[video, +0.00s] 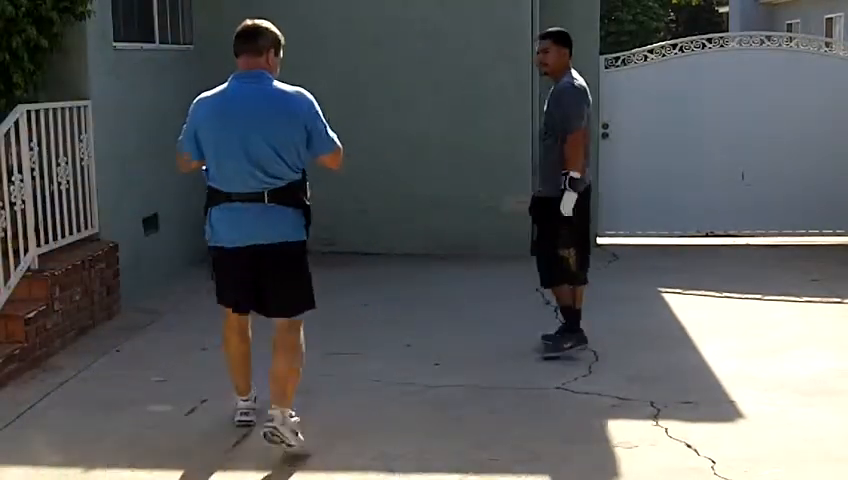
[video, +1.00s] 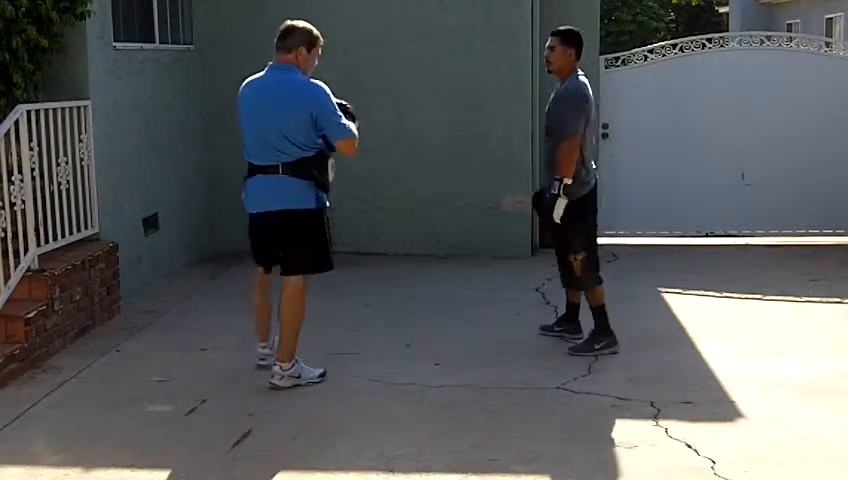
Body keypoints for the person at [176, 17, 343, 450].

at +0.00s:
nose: (279, 62)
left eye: (276, 56)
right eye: (279, 56)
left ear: (236, 56)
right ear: (273, 56)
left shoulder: (205, 104)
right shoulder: (296, 100)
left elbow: (185, 163)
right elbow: (333, 159)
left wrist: (220, 146)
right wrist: (294, 137)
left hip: (227, 231)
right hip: (282, 230)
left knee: (236, 315)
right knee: (288, 321)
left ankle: (244, 404)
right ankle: (282, 417)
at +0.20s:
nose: (277, 57)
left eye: (275, 51)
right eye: (277, 51)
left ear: (235, 49)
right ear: (270, 50)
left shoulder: (204, 93)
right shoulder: (289, 90)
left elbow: (195, 148)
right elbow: (328, 148)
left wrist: (233, 130)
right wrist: (289, 125)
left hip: (225, 216)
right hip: (280, 213)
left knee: (235, 305)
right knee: (292, 291)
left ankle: (244, 402)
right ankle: (277, 380)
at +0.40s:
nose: (284, 59)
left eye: (283, 54)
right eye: (284, 53)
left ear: (244, 52)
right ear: (276, 53)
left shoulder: (212, 94)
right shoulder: (294, 94)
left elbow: (207, 146)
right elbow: (330, 149)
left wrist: (248, 133)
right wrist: (315, 119)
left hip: (228, 216)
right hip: (280, 214)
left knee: (237, 304)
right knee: (288, 289)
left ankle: (245, 399)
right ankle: (290, 366)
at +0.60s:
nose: (299, 63)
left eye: (299, 57)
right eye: (299, 56)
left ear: (259, 53)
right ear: (289, 55)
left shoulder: (226, 92)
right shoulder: (306, 97)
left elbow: (221, 142)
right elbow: (338, 153)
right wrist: (327, 119)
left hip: (240, 211)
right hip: (291, 210)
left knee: (242, 293)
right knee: (292, 286)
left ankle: (244, 378)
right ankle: (286, 366)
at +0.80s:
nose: (310, 61)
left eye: (310, 54)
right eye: (310, 54)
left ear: (271, 50)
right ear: (299, 52)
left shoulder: (239, 87)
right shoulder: (314, 93)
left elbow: (234, 133)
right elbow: (346, 149)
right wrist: (340, 115)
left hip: (251, 200)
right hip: (299, 202)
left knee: (251, 273)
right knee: (294, 283)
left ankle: (244, 347)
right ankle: (286, 366)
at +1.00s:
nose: (317, 62)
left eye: (317, 55)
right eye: (316, 54)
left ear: (280, 50)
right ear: (303, 52)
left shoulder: (248, 88)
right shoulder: (312, 91)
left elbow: (259, 136)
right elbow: (348, 146)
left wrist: (316, 116)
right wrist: (347, 118)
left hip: (258, 195)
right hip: (299, 197)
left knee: (264, 270)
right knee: (294, 279)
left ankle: (264, 347)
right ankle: (285, 365)